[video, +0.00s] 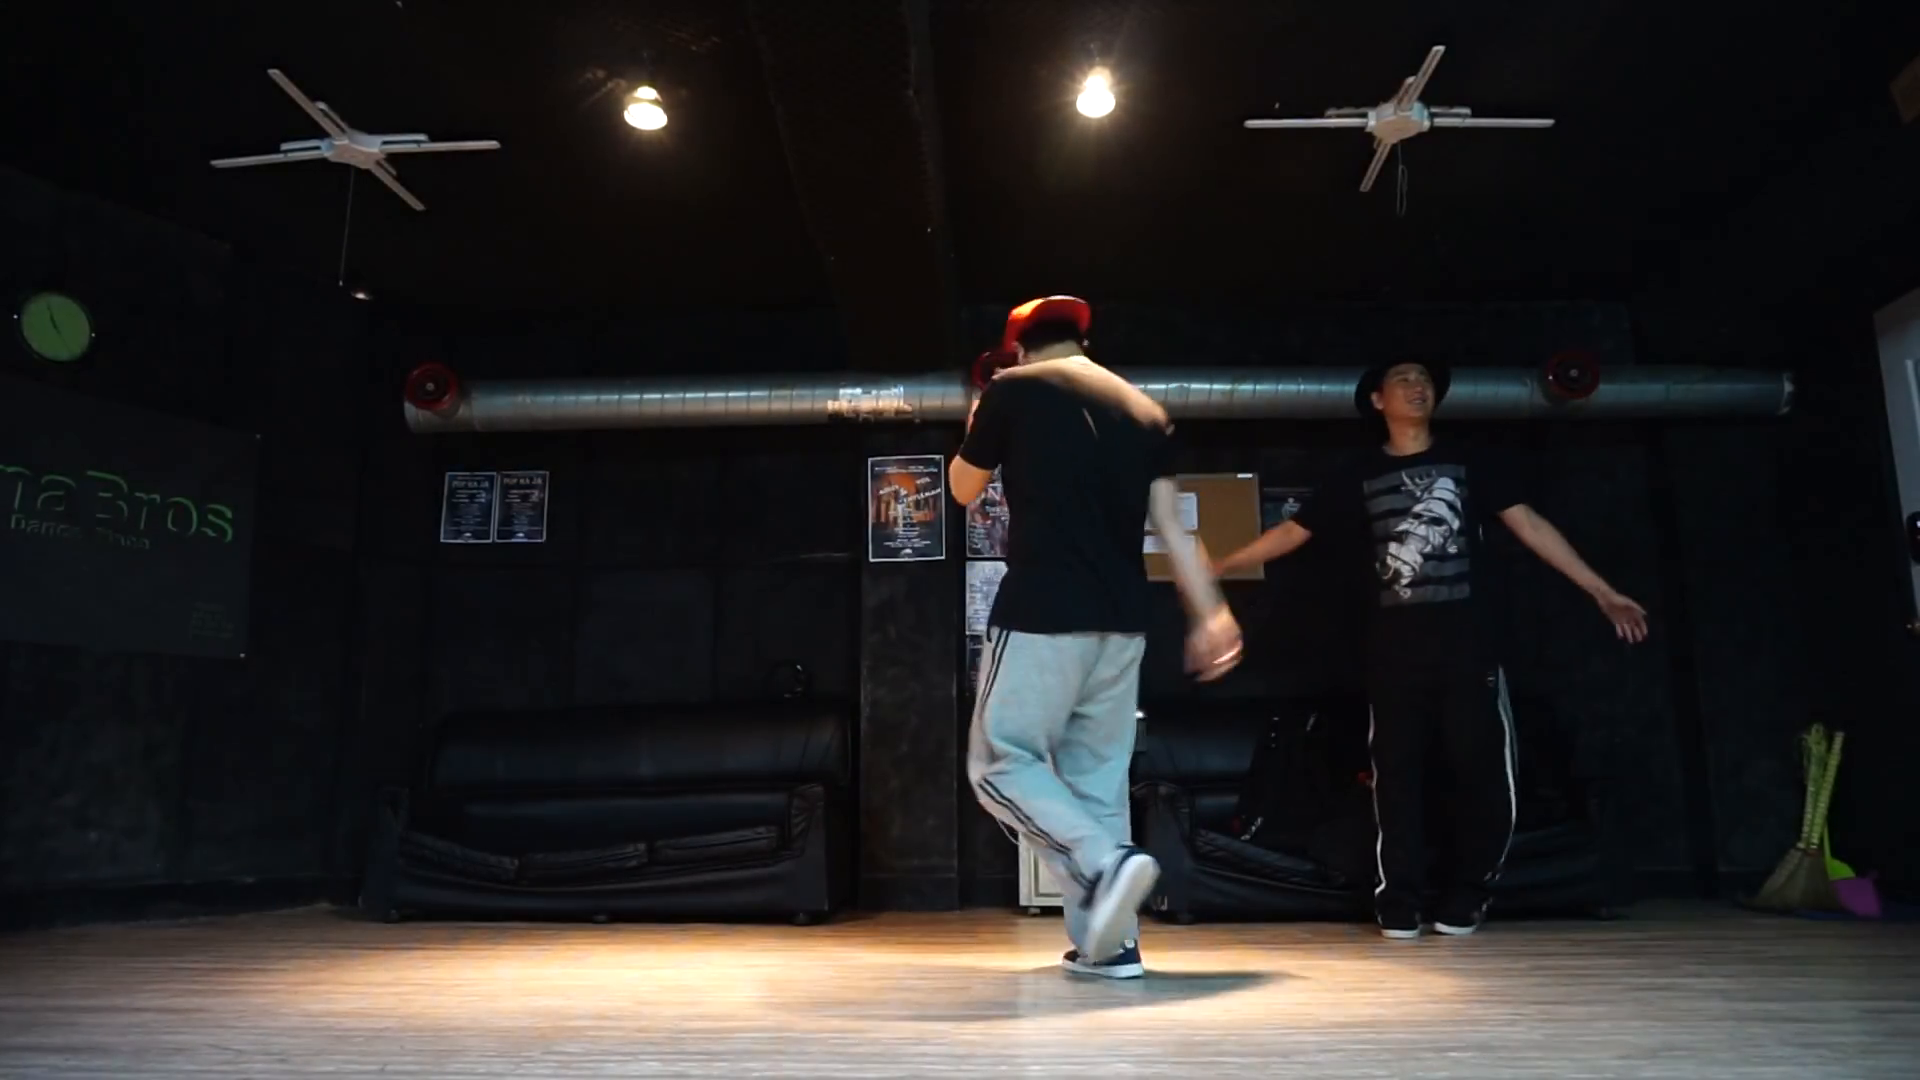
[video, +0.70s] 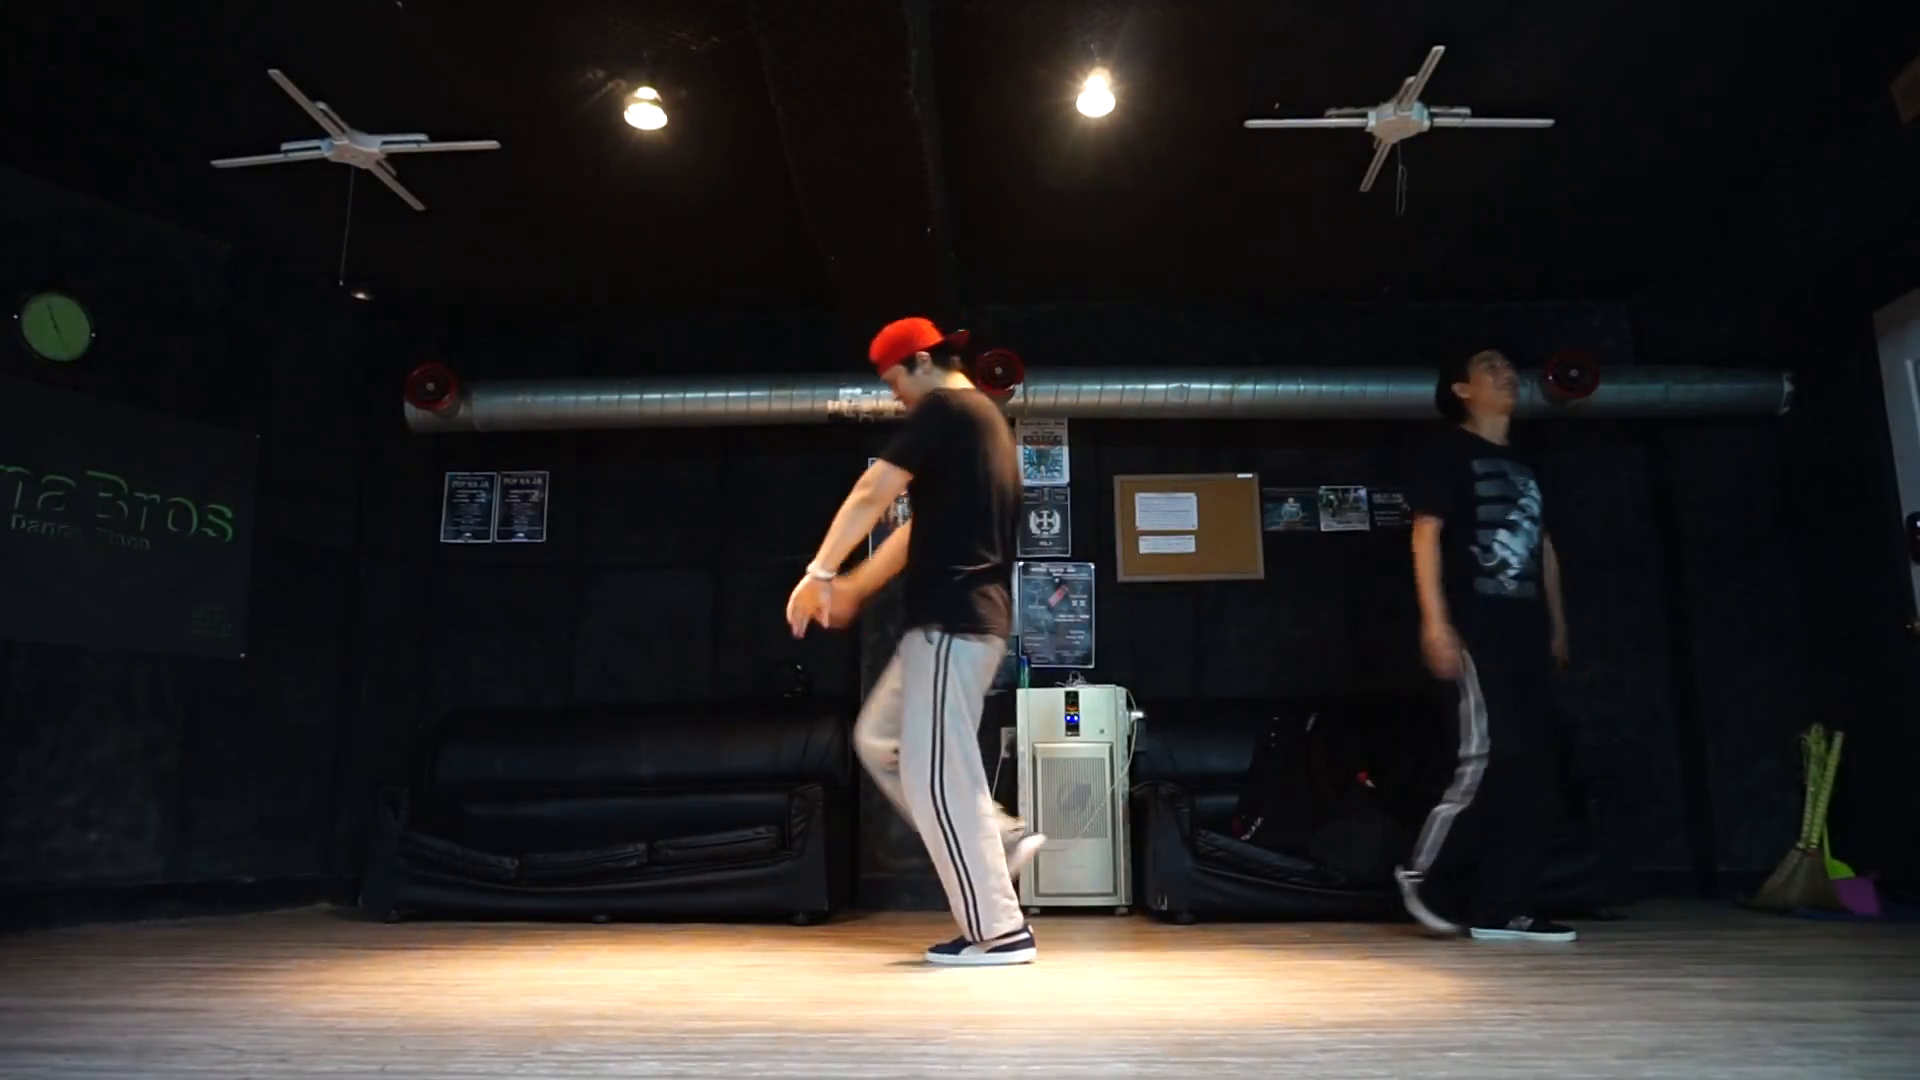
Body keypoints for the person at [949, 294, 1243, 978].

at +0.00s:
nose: (1013, 363)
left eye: (1013, 355)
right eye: (1017, 356)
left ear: (1024, 350)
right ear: (1082, 343)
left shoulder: (1013, 390)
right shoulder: (1143, 409)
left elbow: (964, 487)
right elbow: (1172, 523)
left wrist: (988, 415)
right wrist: (1210, 611)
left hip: (1044, 614)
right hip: (1124, 618)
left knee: (1002, 762)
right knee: (1101, 777)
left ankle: (1104, 867)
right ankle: (1110, 944)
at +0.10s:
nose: (998, 362)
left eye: (998, 354)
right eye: (1000, 354)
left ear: (1006, 347)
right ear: (1068, 340)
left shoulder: (1013, 387)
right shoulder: (1116, 404)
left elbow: (959, 485)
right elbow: (1116, 516)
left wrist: (989, 414)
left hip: (1037, 608)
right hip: (1109, 615)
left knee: (981, 750)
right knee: (1092, 780)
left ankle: (1068, 875)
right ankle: (1112, 945)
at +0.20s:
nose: (984, 362)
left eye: (983, 354)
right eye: (984, 354)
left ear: (994, 346)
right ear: (1052, 339)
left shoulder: (1006, 390)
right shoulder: (1091, 395)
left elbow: (950, 478)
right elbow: (1073, 485)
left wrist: (970, 412)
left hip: (1030, 605)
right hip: (1100, 607)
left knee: (974, 753)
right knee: (1086, 776)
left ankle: (1028, 902)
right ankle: (1109, 942)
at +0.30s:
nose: (966, 371)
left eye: (964, 360)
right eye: (964, 361)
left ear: (976, 350)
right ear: (1030, 342)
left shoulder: (998, 399)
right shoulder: (1068, 399)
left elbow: (942, 488)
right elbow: (1005, 499)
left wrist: (978, 414)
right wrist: (944, 570)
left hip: (1018, 610)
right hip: (1084, 608)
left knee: (968, 766)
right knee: (1080, 772)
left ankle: (998, 926)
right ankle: (1109, 939)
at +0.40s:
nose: (948, 389)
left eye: (945, 377)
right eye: (944, 379)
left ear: (960, 364)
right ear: (1004, 354)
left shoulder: (987, 416)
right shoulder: (1047, 412)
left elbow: (937, 514)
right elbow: (970, 519)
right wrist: (886, 563)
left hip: (998, 626)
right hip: (1060, 625)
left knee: (956, 770)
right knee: (1057, 777)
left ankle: (994, 931)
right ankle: (1104, 932)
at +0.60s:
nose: (908, 396)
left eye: (909, 381)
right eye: (904, 385)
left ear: (936, 363)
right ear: (945, 362)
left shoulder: (964, 412)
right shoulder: (991, 414)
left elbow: (894, 495)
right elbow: (923, 526)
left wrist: (862, 546)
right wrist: (871, 592)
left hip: (963, 624)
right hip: (995, 622)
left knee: (937, 774)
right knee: (957, 763)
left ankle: (993, 933)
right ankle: (1046, 853)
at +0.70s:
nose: (892, 394)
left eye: (892, 380)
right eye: (888, 382)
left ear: (914, 364)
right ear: (940, 360)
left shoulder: (943, 409)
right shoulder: (978, 415)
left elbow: (872, 495)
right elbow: (919, 529)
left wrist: (818, 571)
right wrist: (853, 589)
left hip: (951, 622)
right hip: (961, 618)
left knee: (938, 777)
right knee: (879, 739)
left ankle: (996, 932)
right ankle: (992, 834)